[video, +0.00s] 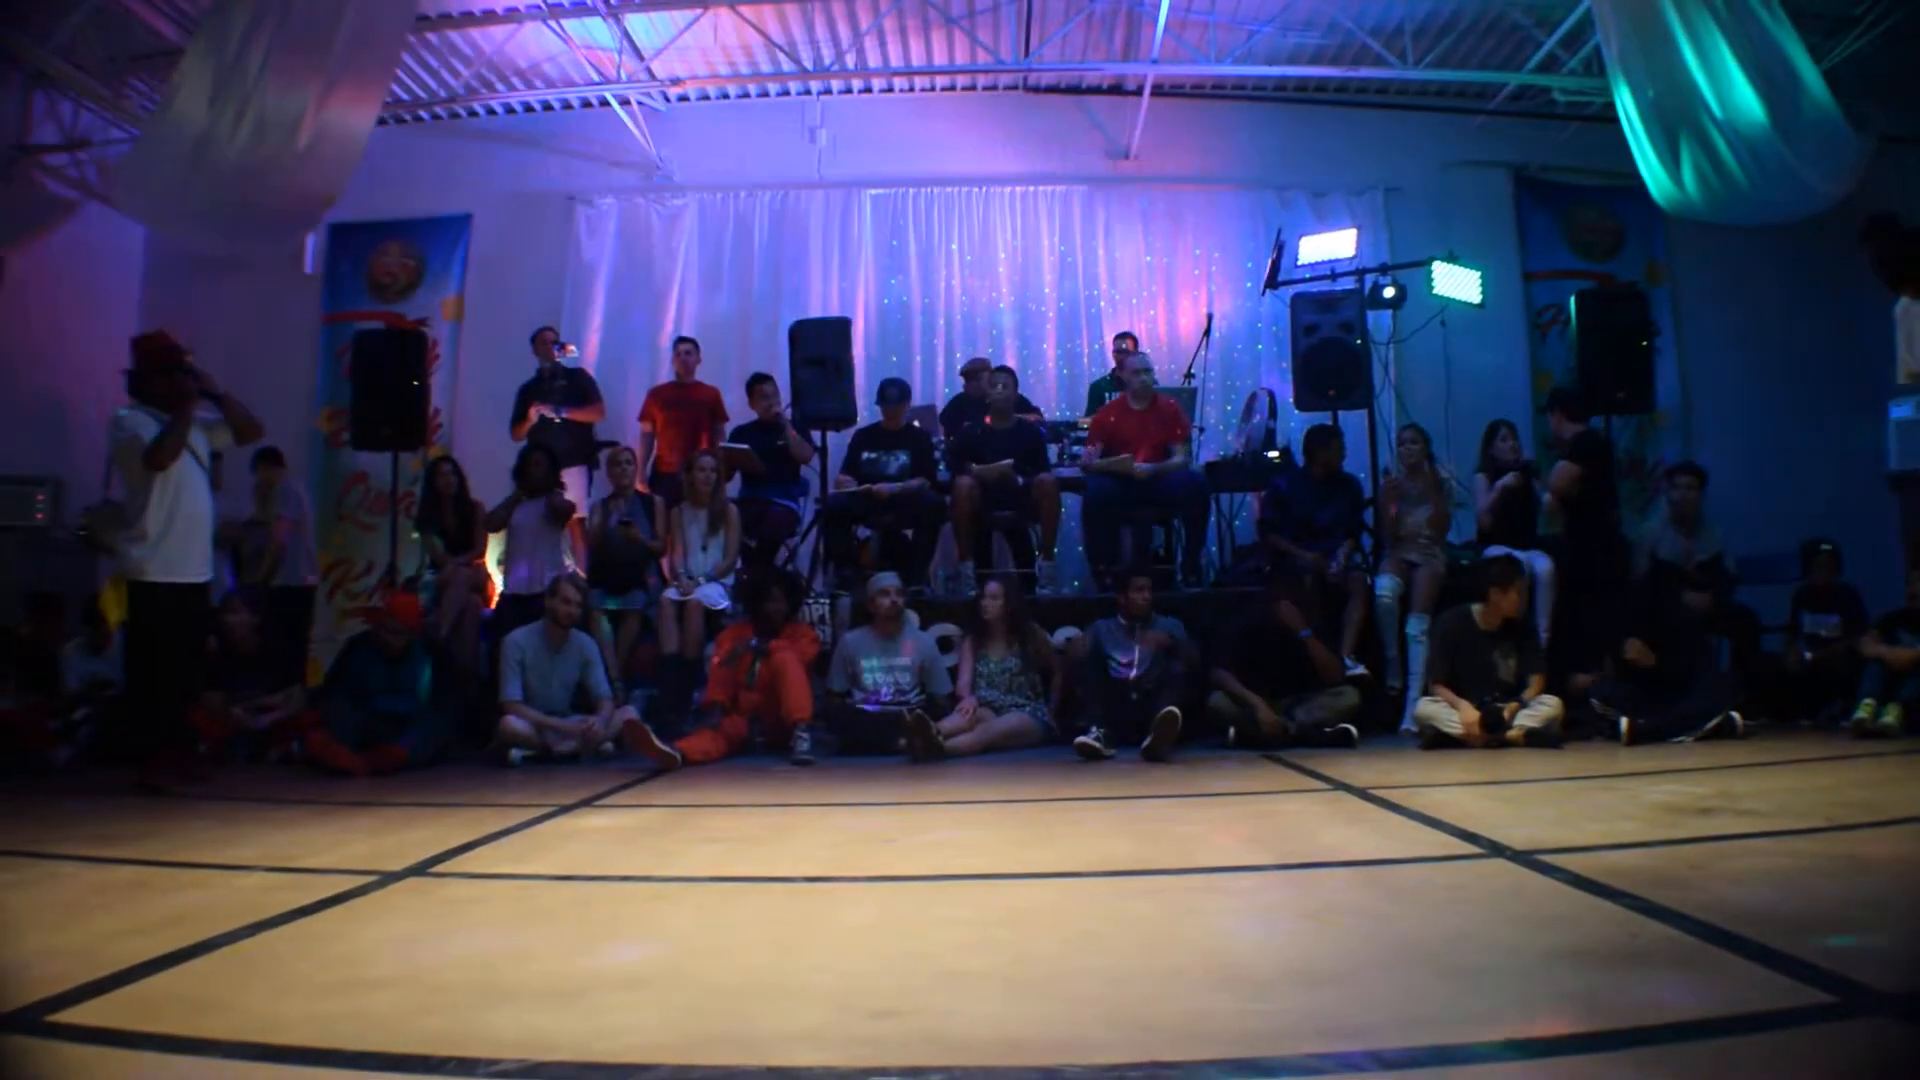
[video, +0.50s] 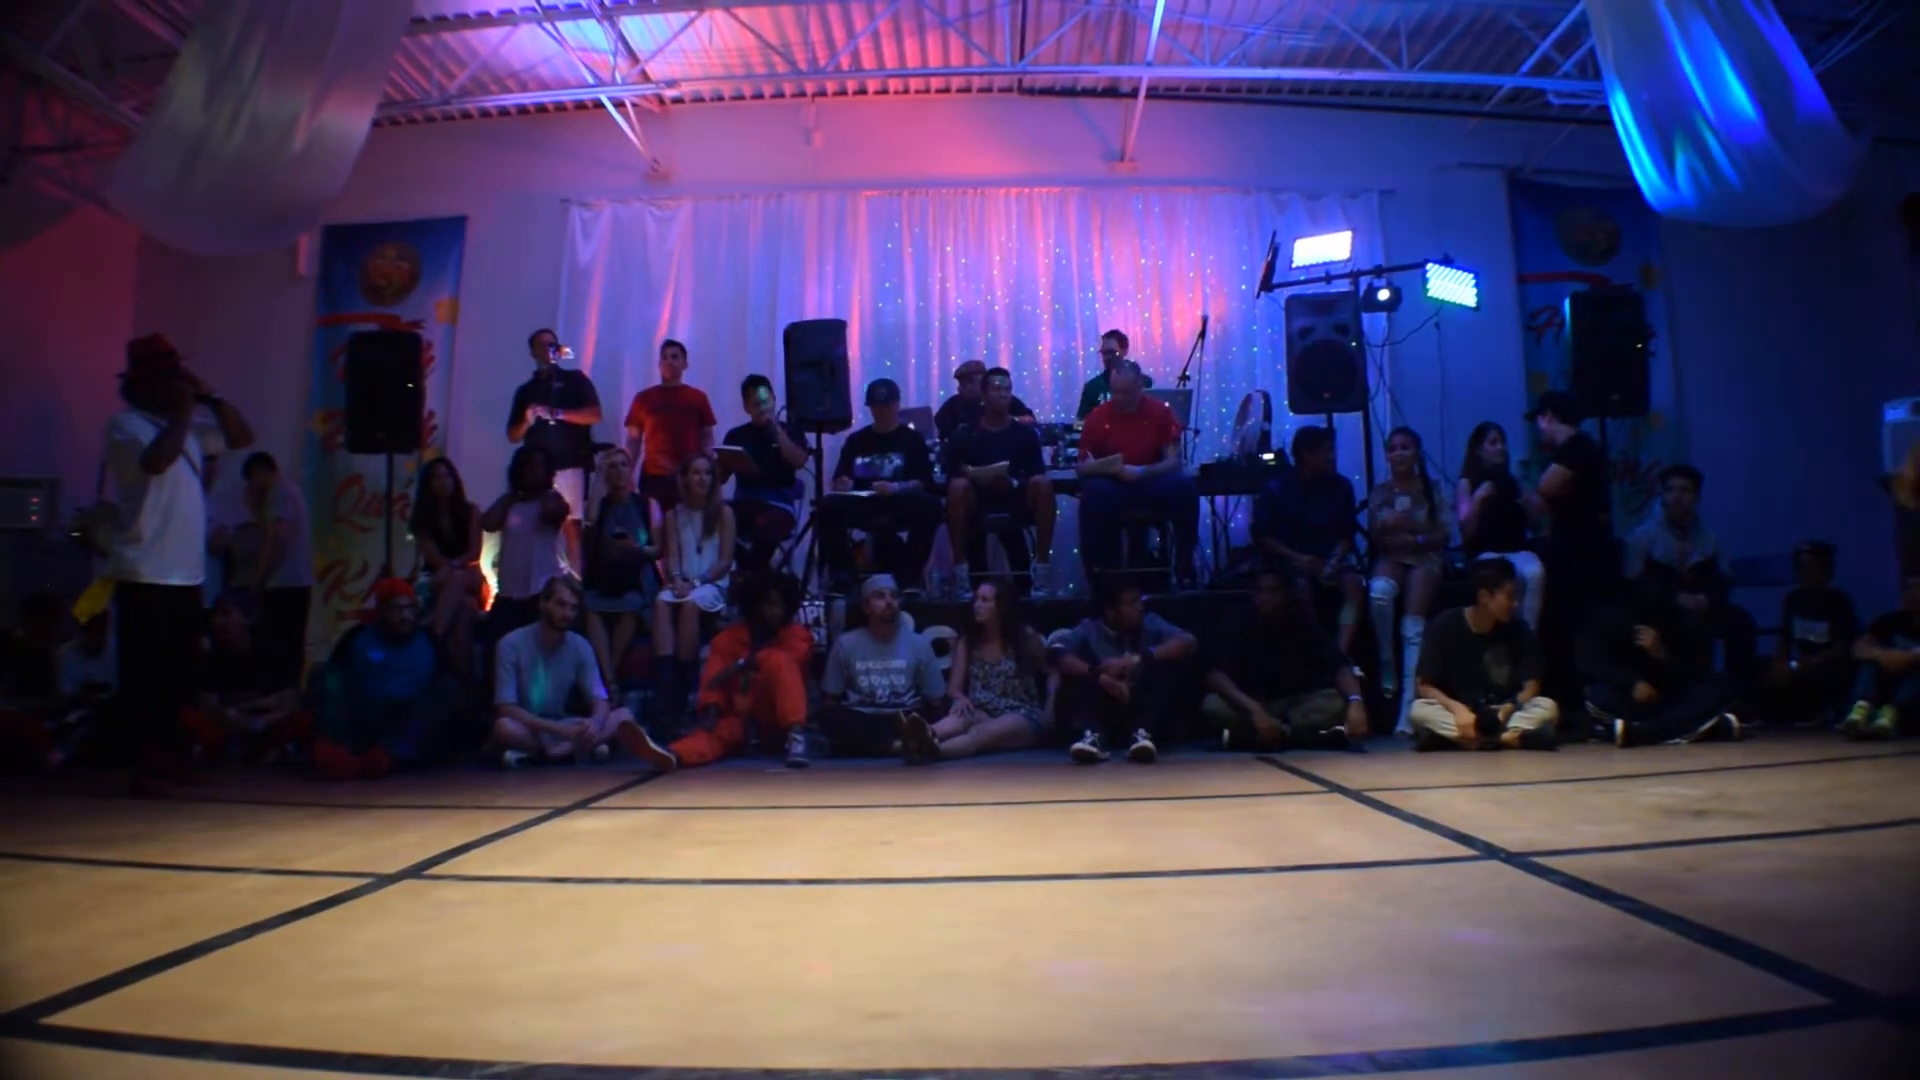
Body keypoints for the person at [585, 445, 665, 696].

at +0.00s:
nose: (622, 469)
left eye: (628, 464)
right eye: (616, 465)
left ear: (636, 469)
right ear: (608, 471)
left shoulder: (653, 503)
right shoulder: (599, 506)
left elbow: (660, 546)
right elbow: (593, 543)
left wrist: (639, 539)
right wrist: (607, 521)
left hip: (639, 574)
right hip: (606, 574)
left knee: (634, 606)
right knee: (595, 608)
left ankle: (617, 673)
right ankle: (613, 679)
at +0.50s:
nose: (618, 471)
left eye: (622, 465)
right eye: (611, 467)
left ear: (630, 470)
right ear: (603, 474)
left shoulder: (646, 505)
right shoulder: (596, 506)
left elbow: (657, 548)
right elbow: (588, 542)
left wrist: (634, 548)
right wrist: (595, 494)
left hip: (634, 575)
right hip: (602, 574)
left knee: (629, 609)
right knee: (591, 610)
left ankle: (610, 674)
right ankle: (608, 680)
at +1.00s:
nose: (611, 470)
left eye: (617, 465)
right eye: (608, 466)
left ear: (630, 472)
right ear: (603, 473)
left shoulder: (647, 505)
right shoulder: (596, 504)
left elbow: (656, 551)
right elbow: (589, 533)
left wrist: (630, 564)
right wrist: (598, 495)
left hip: (633, 575)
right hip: (600, 573)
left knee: (628, 609)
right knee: (590, 610)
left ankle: (610, 671)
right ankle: (607, 677)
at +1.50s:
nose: (607, 468)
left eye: (614, 463)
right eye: (604, 463)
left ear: (629, 472)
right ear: (599, 471)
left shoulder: (645, 506)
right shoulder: (594, 504)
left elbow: (654, 552)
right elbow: (586, 532)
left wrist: (631, 568)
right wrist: (597, 492)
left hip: (630, 579)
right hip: (598, 577)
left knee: (626, 613)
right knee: (588, 614)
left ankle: (606, 677)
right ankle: (606, 684)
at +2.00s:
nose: (609, 468)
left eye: (615, 464)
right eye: (606, 464)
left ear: (630, 472)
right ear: (601, 473)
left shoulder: (646, 506)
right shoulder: (595, 505)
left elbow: (655, 552)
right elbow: (589, 528)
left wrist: (634, 568)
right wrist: (597, 490)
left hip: (631, 577)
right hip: (600, 575)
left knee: (627, 608)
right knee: (588, 610)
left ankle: (609, 672)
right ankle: (605, 678)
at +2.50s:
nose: (610, 470)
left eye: (616, 465)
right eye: (606, 465)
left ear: (629, 472)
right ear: (601, 473)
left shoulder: (645, 507)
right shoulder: (593, 506)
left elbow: (654, 552)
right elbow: (587, 545)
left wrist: (633, 568)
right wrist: (597, 507)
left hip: (630, 576)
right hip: (599, 575)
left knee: (627, 611)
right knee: (589, 614)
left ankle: (607, 678)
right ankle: (608, 684)